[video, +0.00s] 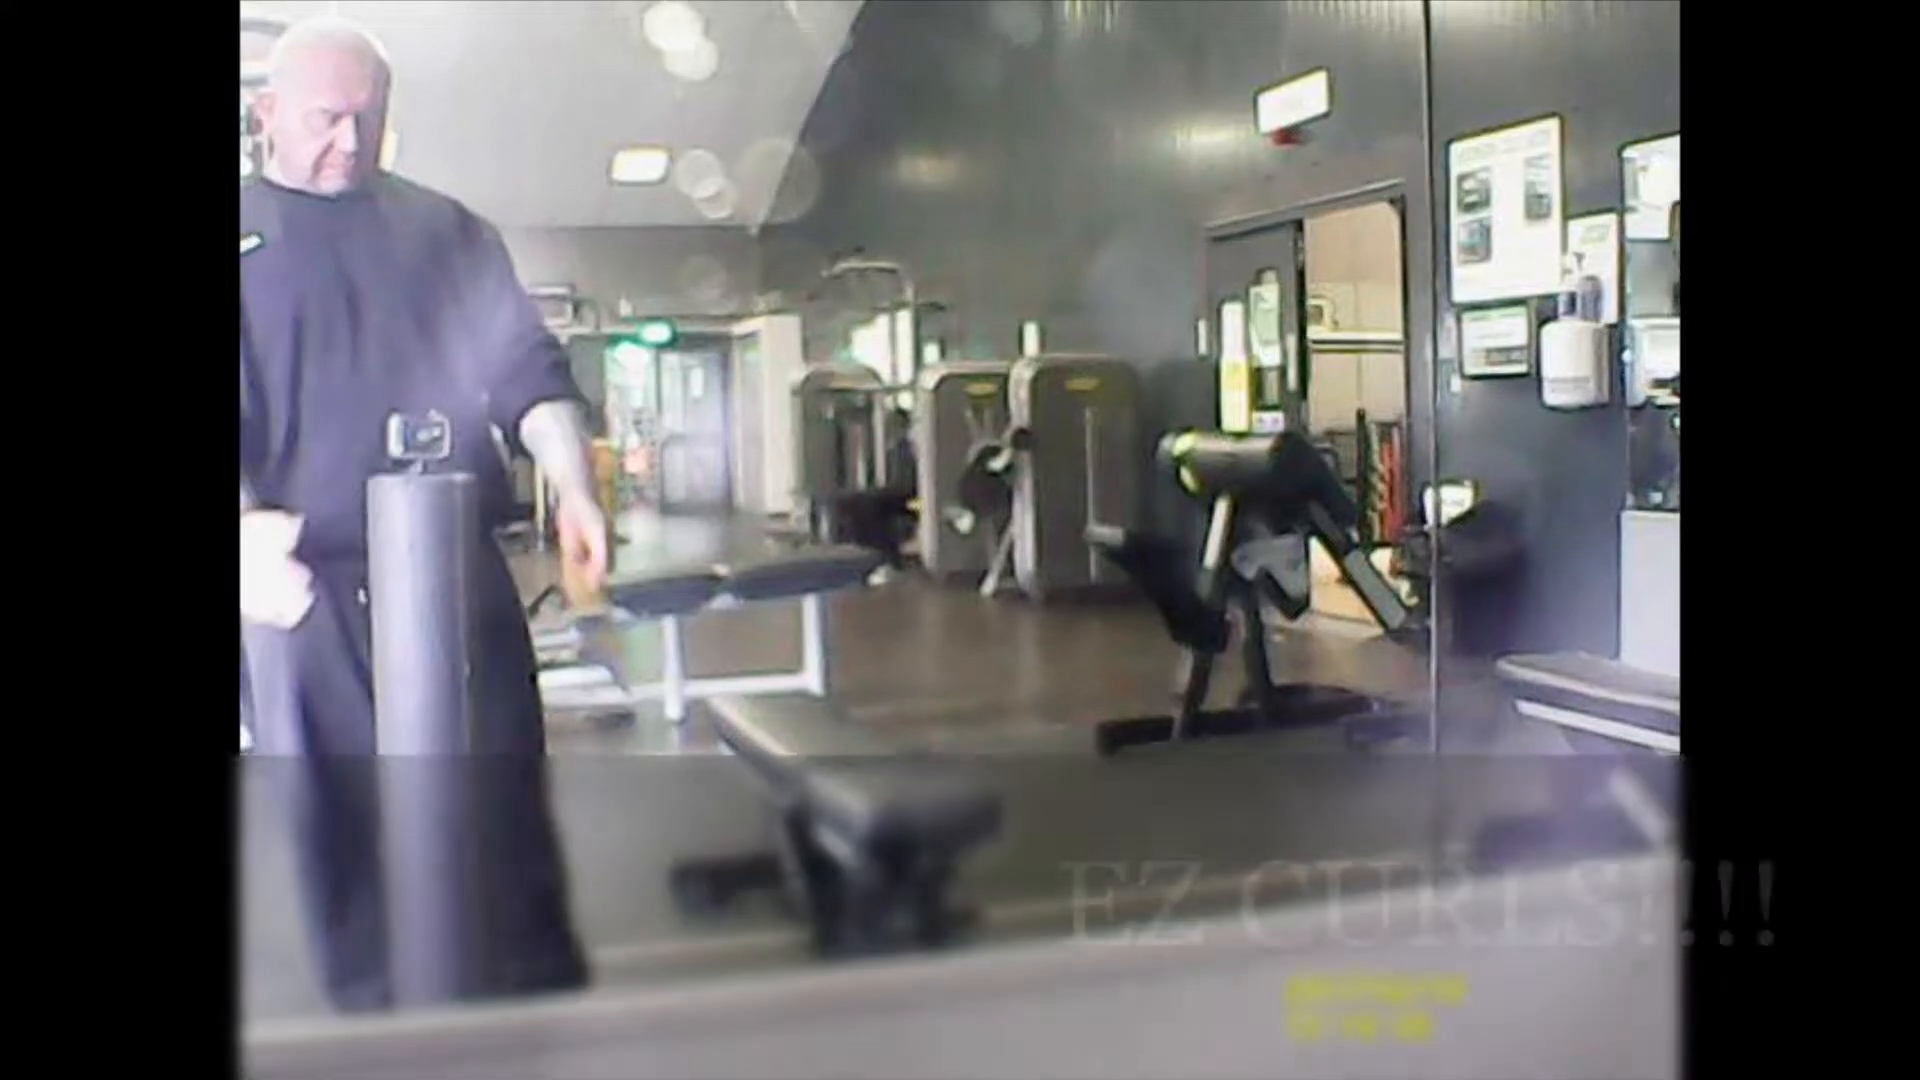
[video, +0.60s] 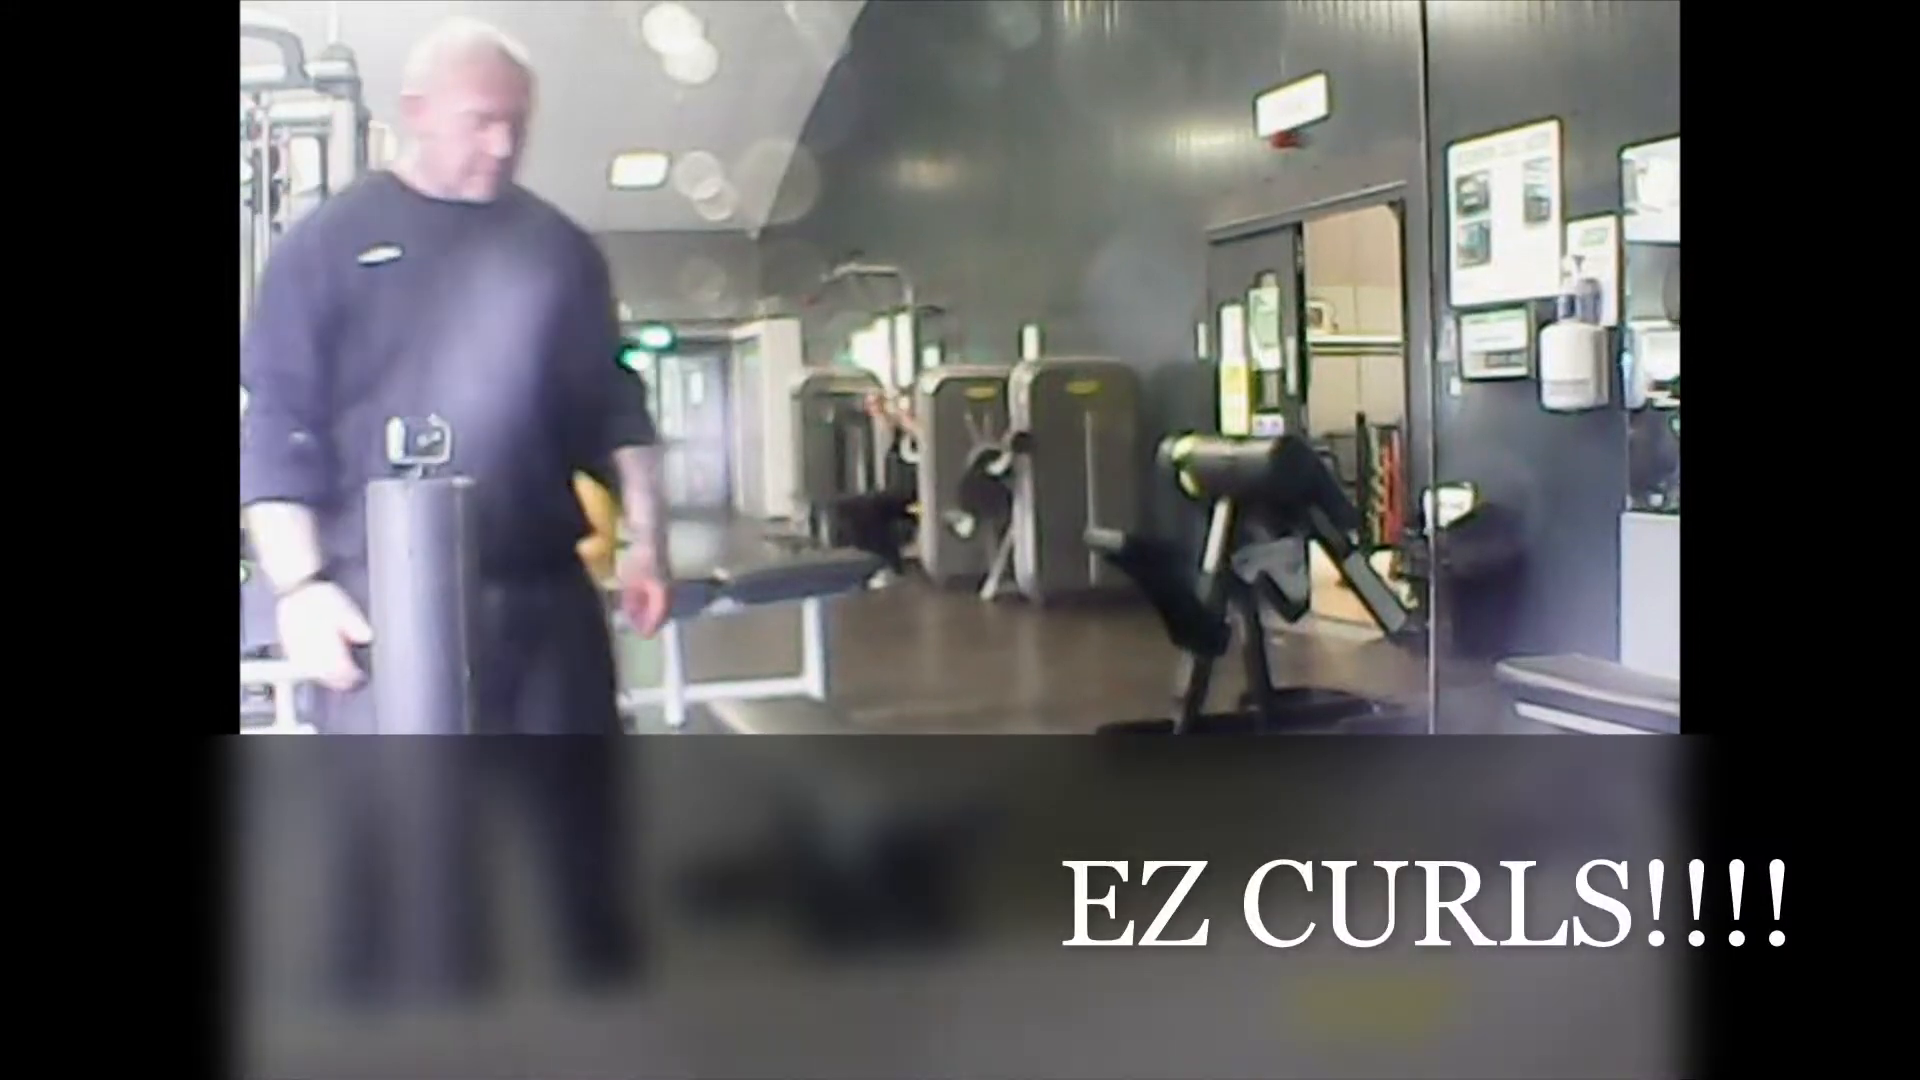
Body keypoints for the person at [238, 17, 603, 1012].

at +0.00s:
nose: (347, 141)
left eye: (365, 118)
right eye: (324, 118)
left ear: (387, 114)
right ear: (268, 115)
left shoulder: (448, 230)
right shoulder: (247, 237)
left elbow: (527, 369)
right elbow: (238, 418)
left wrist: (574, 484)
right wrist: (242, 527)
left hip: (458, 562)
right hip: (305, 572)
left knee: (502, 789)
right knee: (337, 806)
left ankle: (542, 1008)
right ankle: (367, 1015)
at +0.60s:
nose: (504, 145)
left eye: (517, 123)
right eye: (483, 120)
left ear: (529, 122)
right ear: (414, 111)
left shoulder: (560, 249)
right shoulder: (326, 245)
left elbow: (612, 401)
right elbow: (275, 426)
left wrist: (645, 537)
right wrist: (298, 587)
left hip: (539, 601)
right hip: (380, 604)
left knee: (587, 858)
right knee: (388, 865)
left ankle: (609, 1037)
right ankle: (385, 1048)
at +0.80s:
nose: (617, 151)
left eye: (630, 131)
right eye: (597, 126)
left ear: (640, 130)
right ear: (534, 113)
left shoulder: (649, 252)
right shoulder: (435, 239)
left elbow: (692, 402)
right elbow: (392, 430)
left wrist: (710, 536)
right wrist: (451, 577)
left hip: (618, 578)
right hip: (476, 582)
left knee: (633, 816)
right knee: (451, 817)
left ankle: (620, 1016)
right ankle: (453, 1019)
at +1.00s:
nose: (670, 142)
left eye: (685, 121)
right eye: (650, 117)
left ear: (696, 124)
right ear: (589, 109)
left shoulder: (703, 245)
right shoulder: (507, 225)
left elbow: (752, 399)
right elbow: (480, 411)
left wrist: (774, 526)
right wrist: (564, 542)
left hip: (665, 559)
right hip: (548, 555)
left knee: (660, 767)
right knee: (578, 771)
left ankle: (619, 968)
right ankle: (584, 987)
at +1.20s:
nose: (695, 148)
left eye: (711, 126)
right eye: (673, 122)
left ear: (726, 124)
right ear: (611, 112)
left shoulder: (733, 244)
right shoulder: (536, 232)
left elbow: (793, 400)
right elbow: (517, 416)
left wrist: (822, 529)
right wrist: (597, 562)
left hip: (691, 570)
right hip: (575, 569)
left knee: (684, 805)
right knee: (635, 810)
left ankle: (655, 1014)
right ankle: (637, 1021)